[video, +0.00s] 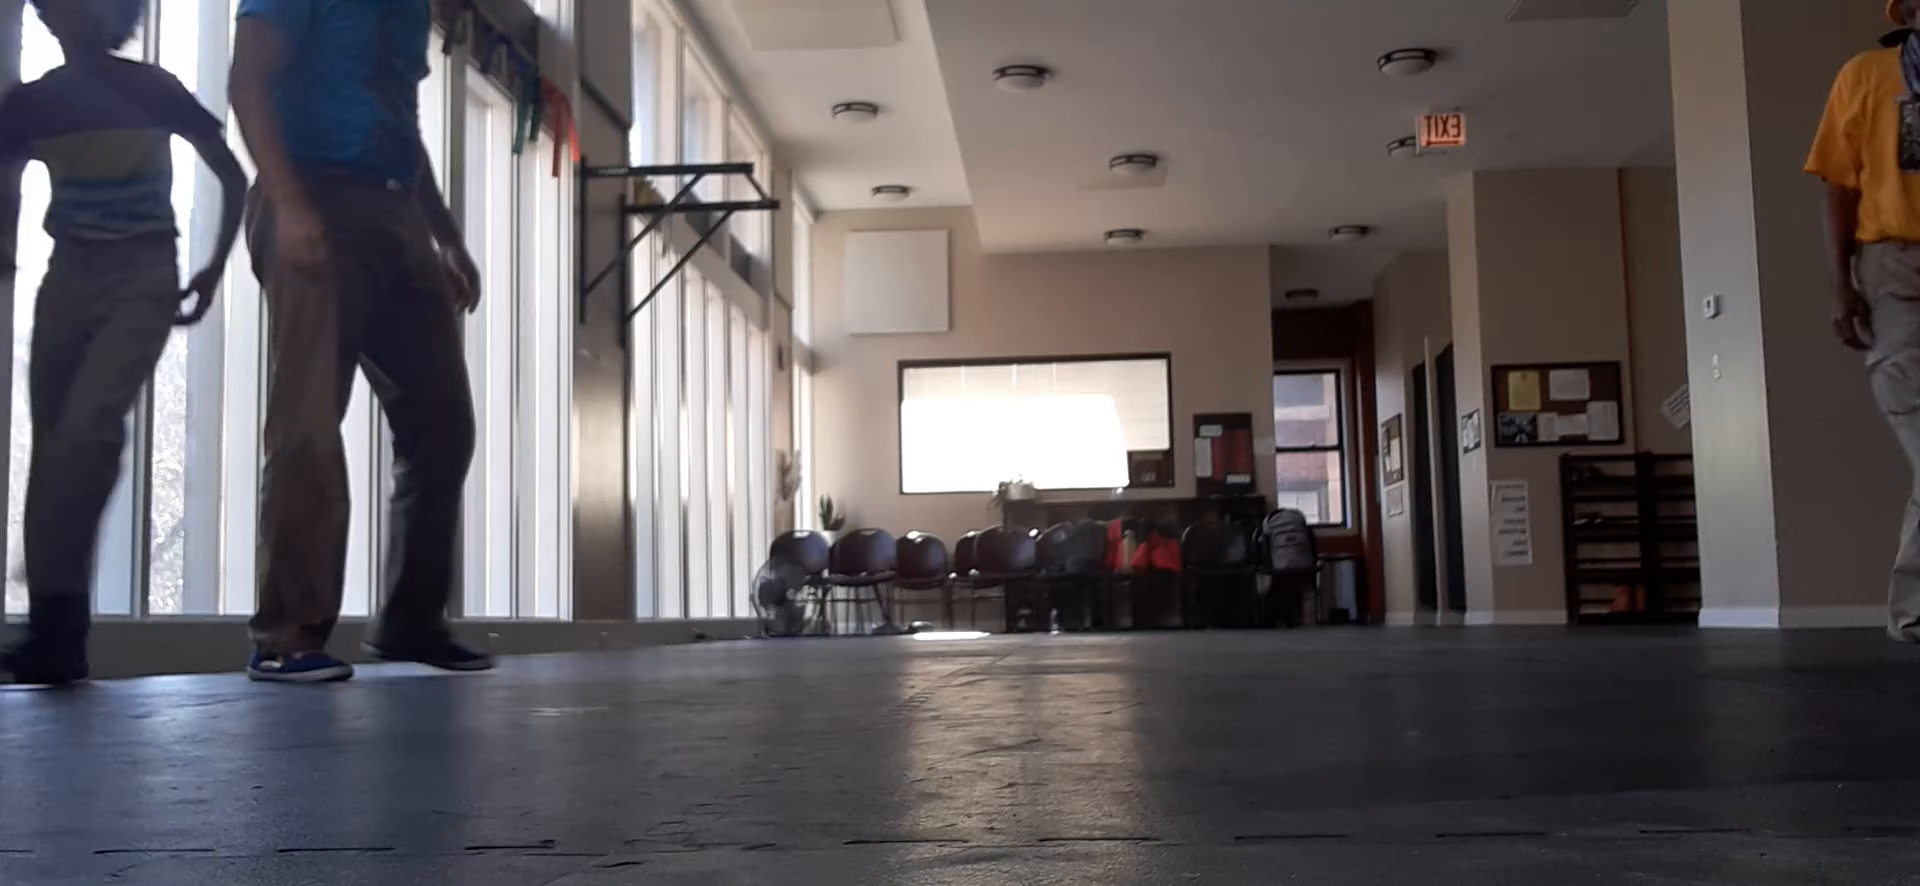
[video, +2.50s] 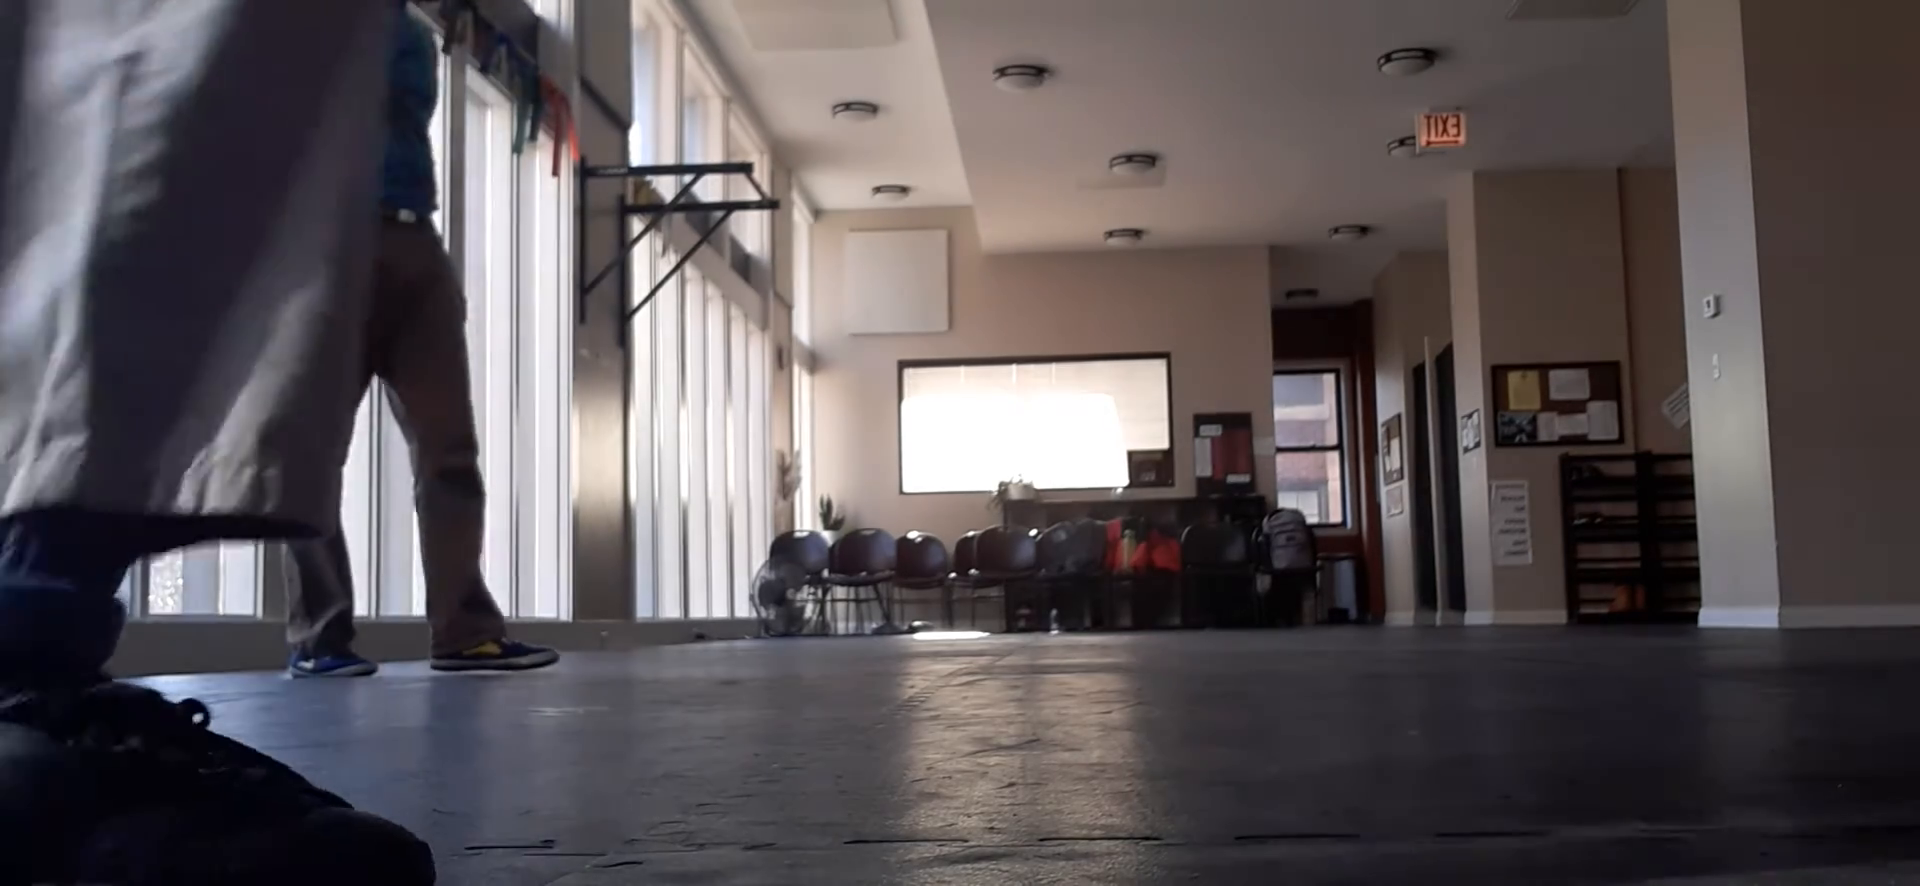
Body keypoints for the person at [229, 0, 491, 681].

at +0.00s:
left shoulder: (410, 11)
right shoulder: (291, 4)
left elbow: (398, 124)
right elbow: (247, 84)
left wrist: (447, 237)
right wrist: (289, 202)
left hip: (396, 211)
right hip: (310, 203)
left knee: (440, 426)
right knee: (305, 430)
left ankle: (412, 623)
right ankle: (285, 640)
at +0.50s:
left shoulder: (466, 23)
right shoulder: (383, 4)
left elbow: (472, 167)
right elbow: (350, 90)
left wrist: (513, 270)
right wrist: (399, 195)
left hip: (479, 226)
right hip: (415, 218)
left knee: (478, 447)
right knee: (379, 427)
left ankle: (472, 637)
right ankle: (295, 631)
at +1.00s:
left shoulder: (513, 37)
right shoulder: (434, 5)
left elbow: (521, 182)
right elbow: (398, 96)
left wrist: (569, 280)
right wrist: (448, 195)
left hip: (517, 227)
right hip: (464, 220)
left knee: (515, 438)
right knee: (476, 422)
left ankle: (477, 636)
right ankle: (401, 621)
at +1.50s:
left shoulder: (511, 24)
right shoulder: (457, 5)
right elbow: (402, 90)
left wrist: (542, 99)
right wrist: (442, 189)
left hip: (507, 219)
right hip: (460, 213)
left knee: (507, 428)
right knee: (486, 405)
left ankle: (475, 631)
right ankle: (393, 605)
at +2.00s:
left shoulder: (471, 30)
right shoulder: (394, 5)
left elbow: (471, 167)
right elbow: (357, 104)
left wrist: (504, 287)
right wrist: (422, 184)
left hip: (480, 238)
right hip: (411, 230)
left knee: (474, 453)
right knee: (391, 433)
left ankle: (472, 639)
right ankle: (328, 625)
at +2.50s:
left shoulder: (411, 29)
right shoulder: (316, 32)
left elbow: (413, 114)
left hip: (415, 241)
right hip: (331, 243)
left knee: (447, 450)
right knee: (314, 453)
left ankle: (464, 630)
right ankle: (318, 639)